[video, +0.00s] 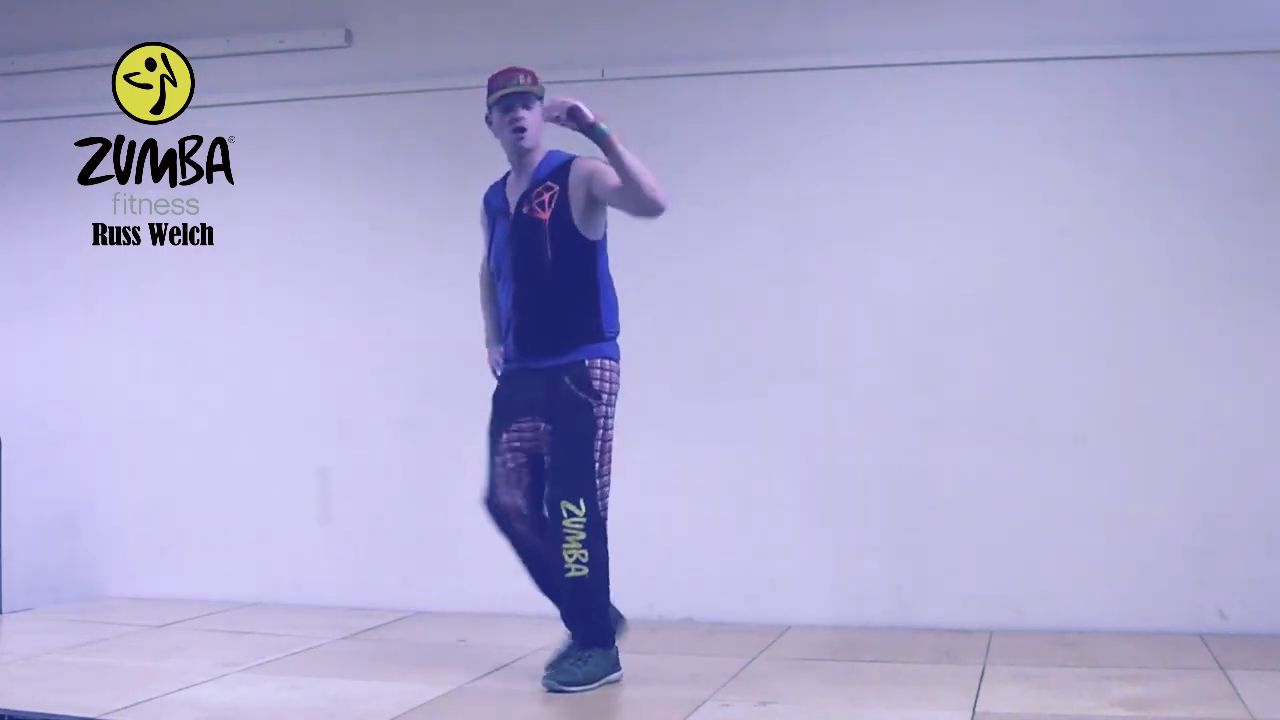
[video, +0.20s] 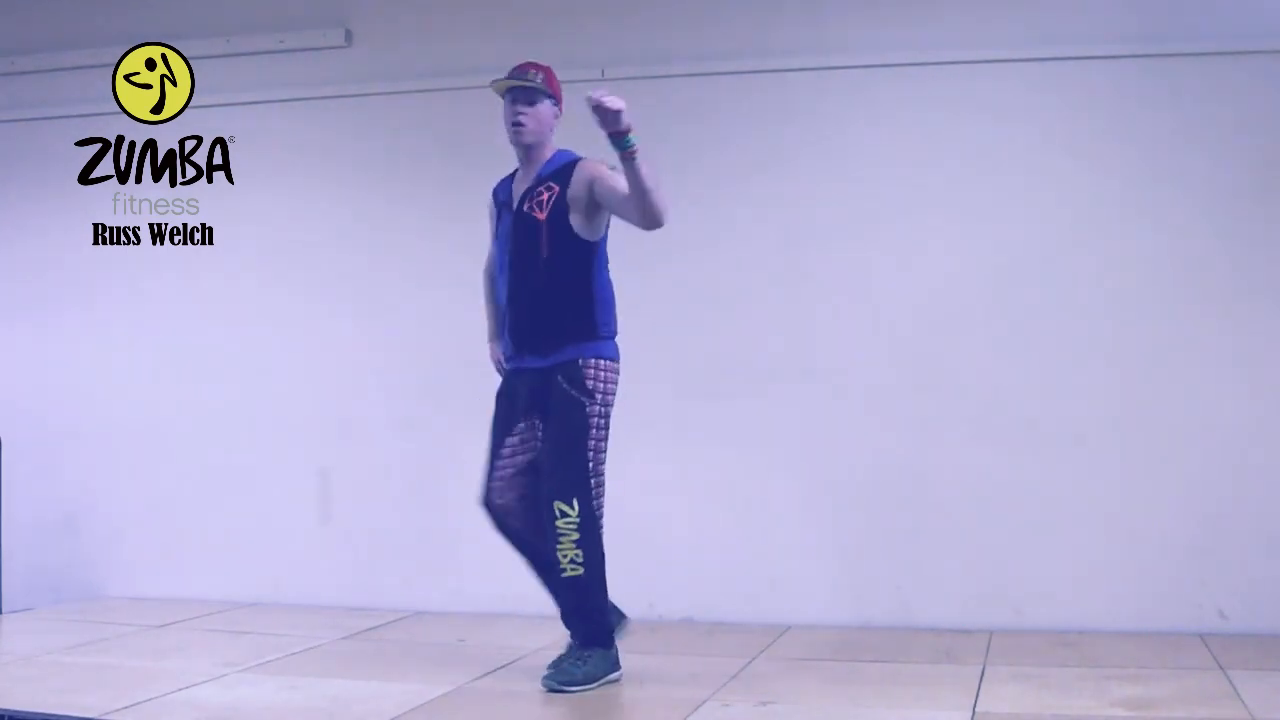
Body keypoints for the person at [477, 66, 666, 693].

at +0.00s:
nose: (518, 118)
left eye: (527, 106)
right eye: (506, 110)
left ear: (547, 115)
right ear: (492, 124)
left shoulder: (579, 172)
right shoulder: (494, 199)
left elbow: (653, 202)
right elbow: (491, 276)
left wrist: (599, 130)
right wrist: (494, 341)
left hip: (582, 365)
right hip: (521, 370)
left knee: (574, 504)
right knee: (507, 499)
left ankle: (595, 648)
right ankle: (593, 617)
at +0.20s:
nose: (519, 112)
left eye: (532, 102)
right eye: (512, 102)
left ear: (556, 112)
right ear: (502, 113)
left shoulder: (583, 173)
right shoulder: (503, 192)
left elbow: (649, 215)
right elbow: (495, 268)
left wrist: (623, 141)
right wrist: (496, 332)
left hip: (580, 363)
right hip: (524, 367)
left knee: (570, 501)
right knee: (504, 499)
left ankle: (593, 649)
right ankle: (596, 612)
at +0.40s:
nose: (508, 113)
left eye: (521, 105)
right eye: (505, 105)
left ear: (551, 117)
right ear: (502, 119)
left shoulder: (573, 182)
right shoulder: (505, 191)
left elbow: (611, 273)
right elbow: (514, 278)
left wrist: (587, 204)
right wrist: (507, 352)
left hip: (571, 365)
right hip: (514, 367)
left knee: (565, 503)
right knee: (459, 480)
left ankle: (594, 647)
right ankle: (510, 602)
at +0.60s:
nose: (505, 117)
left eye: (516, 108)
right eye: (500, 109)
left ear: (544, 117)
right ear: (496, 118)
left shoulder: (558, 187)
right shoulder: (494, 192)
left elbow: (551, 269)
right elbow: (485, 278)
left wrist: (535, 357)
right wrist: (474, 353)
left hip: (541, 364)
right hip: (489, 367)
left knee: (559, 505)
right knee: (483, 502)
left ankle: (593, 645)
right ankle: (483, 623)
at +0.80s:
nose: (469, 153)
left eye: (480, 143)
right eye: (463, 143)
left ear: (509, 143)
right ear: (459, 146)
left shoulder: (535, 211)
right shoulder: (468, 207)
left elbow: (516, 300)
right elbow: (455, 278)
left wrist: (438, 344)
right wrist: (449, 340)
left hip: (524, 365)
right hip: (472, 367)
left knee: (499, 474)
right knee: (464, 486)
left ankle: (556, 614)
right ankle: (485, 621)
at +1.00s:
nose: (451, 143)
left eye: (462, 132)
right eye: (444, 133)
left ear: (488, 134)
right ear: (437, 139)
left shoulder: (514, 200)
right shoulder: (456, 198)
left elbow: (521, 294)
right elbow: (472, 277)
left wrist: (439, 278)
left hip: (518, 362)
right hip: (472, 362)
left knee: (483, 482)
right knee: (469, 486)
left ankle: (525, 599)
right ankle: (483, 616)